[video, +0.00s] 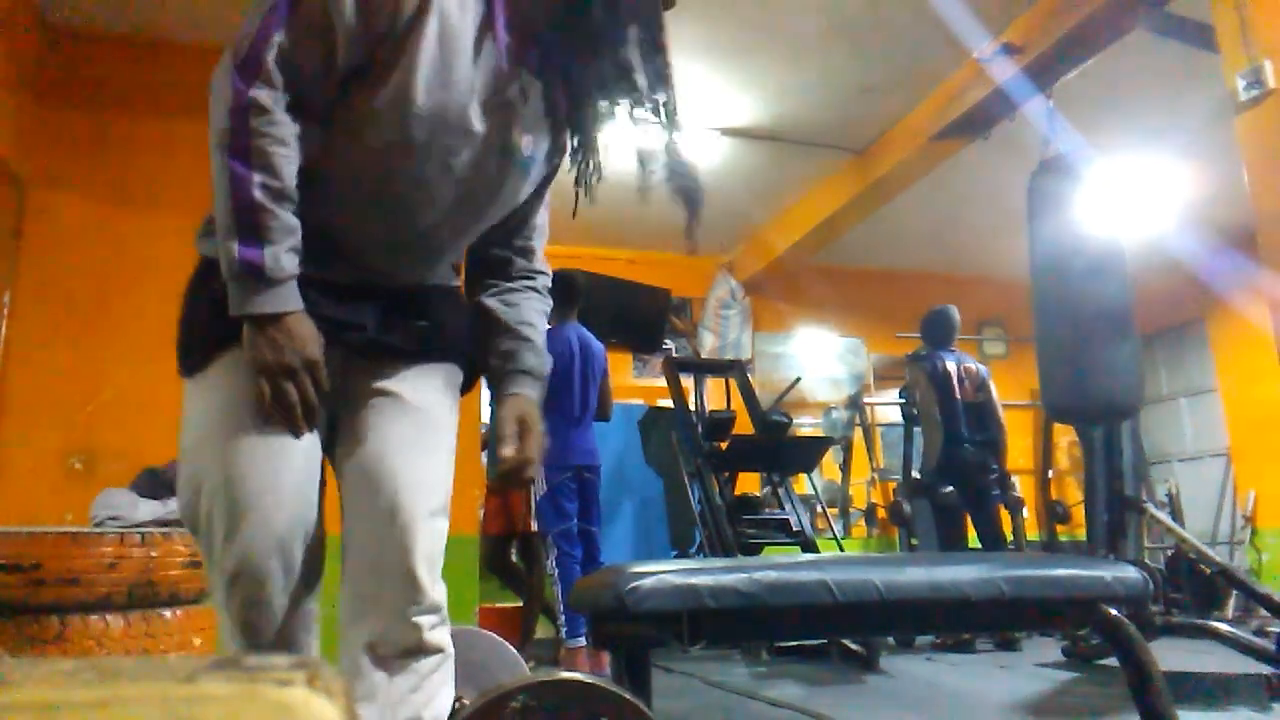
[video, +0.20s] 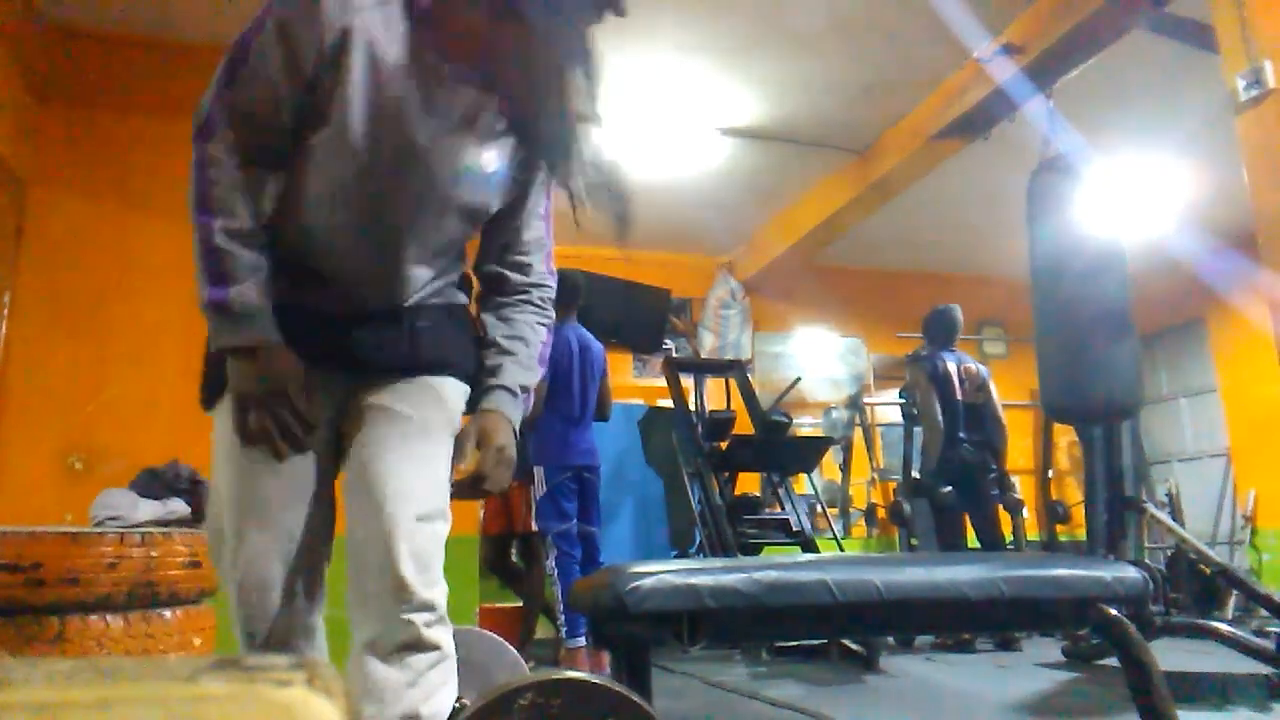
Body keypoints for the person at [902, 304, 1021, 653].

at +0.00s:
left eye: (925, 333)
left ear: (924, 334)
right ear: (957, 334)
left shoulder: (921, 367)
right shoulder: (976, 369)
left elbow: (933, 423)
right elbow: (997, 423)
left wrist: (926, 473)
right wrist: (1001, 468)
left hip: (943, 469)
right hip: (978, 468)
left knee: (951, 547)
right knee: (995, 543)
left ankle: (957, 630)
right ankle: (1006, 627)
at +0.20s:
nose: (924, 339)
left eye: (925, 333)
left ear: (927, 333)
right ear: (958, 334)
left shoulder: (922, 366)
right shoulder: (977, 369)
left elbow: (935, 426)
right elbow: (998, 423)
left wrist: (926, 474)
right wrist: (1001, 469)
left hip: (944, 468)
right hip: (977, 466)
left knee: (951, 547)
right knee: (994, 543)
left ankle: (958, 629)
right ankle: (1006, 627)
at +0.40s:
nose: (927, 334)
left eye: (929, 328)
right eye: (932, 329)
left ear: (933, 329)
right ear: (965, 332)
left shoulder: (927, 364)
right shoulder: (981, 367)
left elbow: (934, 424)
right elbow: (1006, 422)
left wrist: (918, 463)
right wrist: (991, 463)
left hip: (943, 465)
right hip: (977, 465)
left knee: (949, 546)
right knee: (991, 541)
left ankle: (957, 630)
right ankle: (1008, 626)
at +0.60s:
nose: (932, 334)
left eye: (934, 328)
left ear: (937, 328)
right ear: (969, 327)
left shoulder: (932, 363)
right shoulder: (990, 365)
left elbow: (930, 416)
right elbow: (1007, 423)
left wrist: (902, 433)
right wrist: (978, 436)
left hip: (944, 464)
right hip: (981, 465)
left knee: (950, 544)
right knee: (992, 541)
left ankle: (955, 628)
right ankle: (1006, 626)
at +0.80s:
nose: (924, 337)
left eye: (926, 331)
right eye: (927, 331)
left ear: (931, 330)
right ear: (961, 327)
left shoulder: (934, 360)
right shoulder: (989, 363)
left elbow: (921, 414)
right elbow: (999, 420)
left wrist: (903, 396)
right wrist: (971, 425)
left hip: (943, 465)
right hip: (980, 464)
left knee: (951, 546)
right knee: (992, 542)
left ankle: (956, 629)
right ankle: (1008, 627)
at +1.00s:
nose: (922, 341)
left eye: (923, 335)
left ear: (927, 334)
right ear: (957, 330)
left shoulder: (931, 362)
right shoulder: (986, 363)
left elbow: (918, 412)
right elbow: (995, 417)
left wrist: (905, 399)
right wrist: (991, 455)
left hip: (943, 466)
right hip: (980, 466)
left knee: (950, 547)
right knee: (993, 543)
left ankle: (958, 629)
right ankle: (1008, 628)